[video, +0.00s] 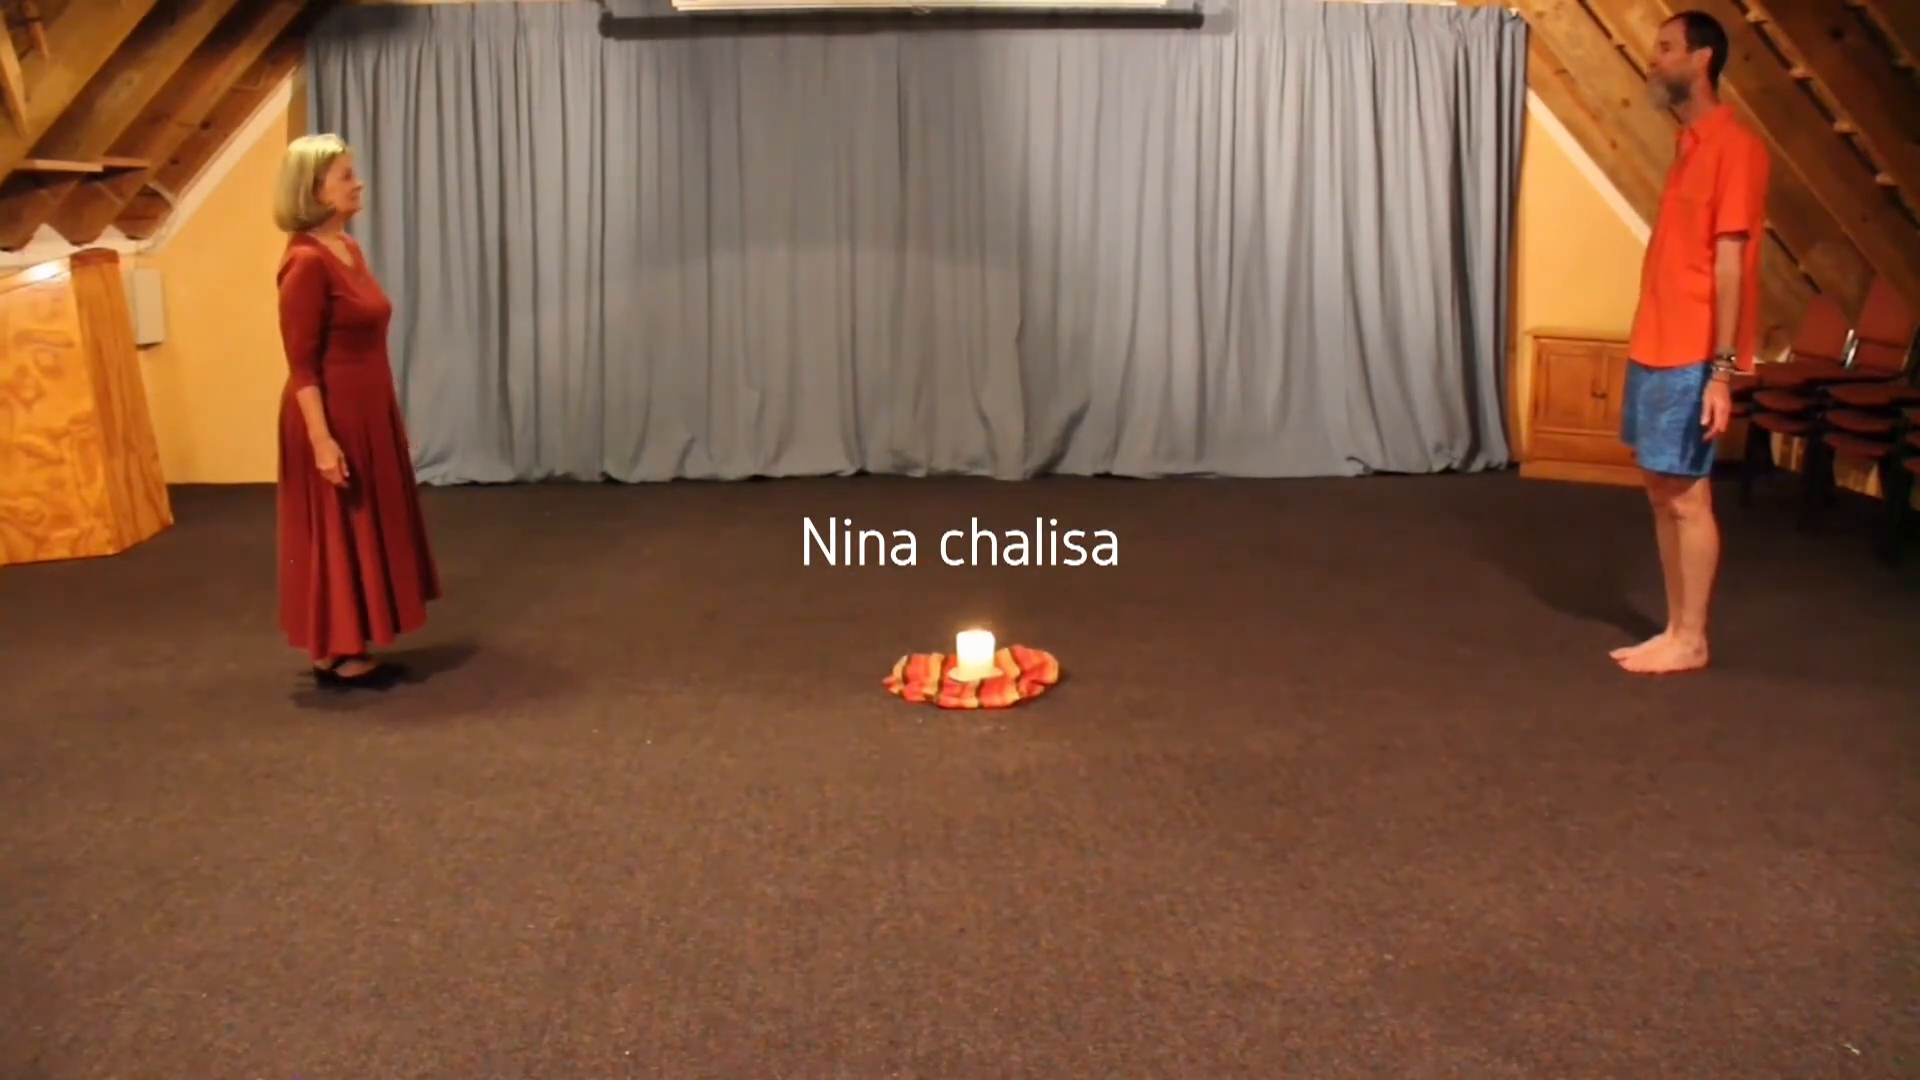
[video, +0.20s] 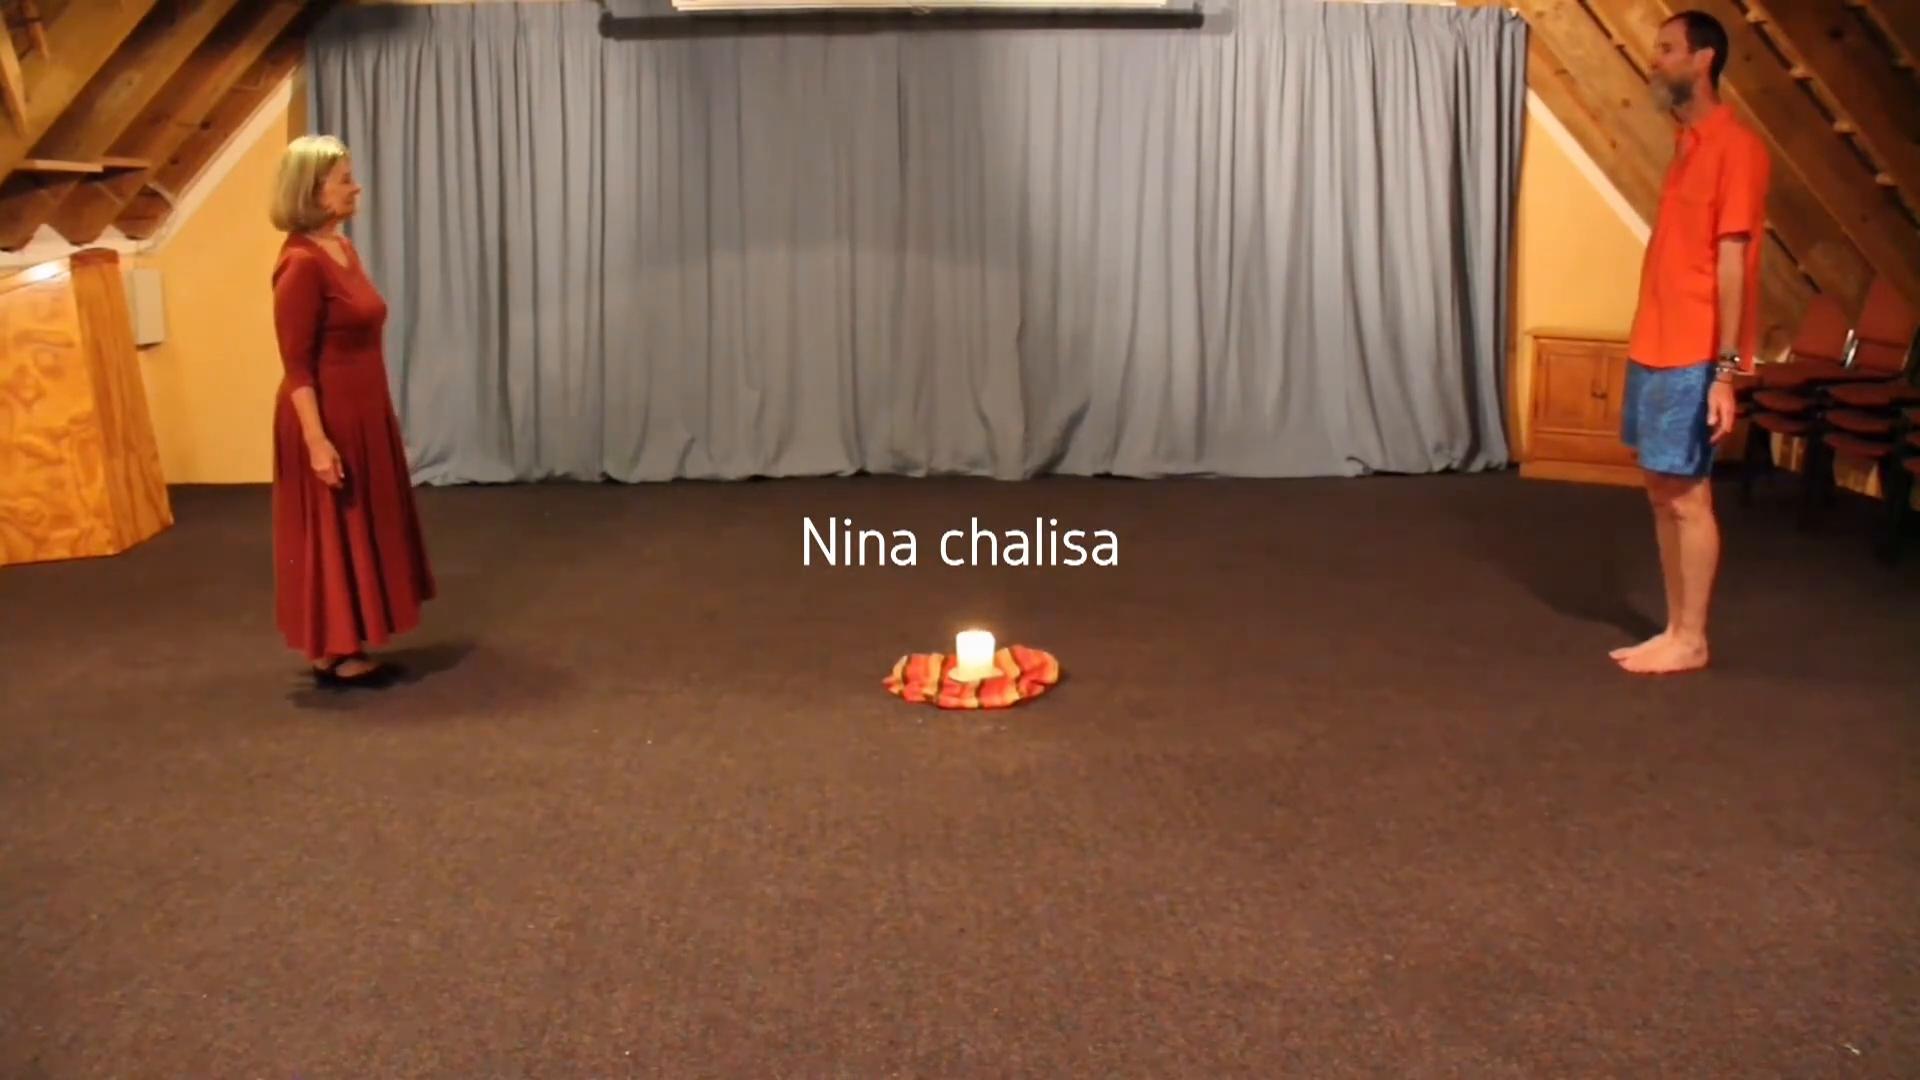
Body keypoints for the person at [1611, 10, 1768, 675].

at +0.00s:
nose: (1652, 60)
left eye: (1665, 49)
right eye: (1654, 48)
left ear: (1703, 59)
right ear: (1690, 60)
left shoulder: (1734, 143)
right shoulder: (1693, 141)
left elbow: (1730, 261)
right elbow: (1692, 257)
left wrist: (1722, 368)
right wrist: (1660, 348)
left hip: (1692, 357)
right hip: (1657, 351)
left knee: (1687, 498)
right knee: (1662, 493)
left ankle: (1692, 639)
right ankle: (1677, 630)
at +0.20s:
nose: (1653, 61)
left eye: (1666, 49)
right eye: (1654, 49)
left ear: (1705, 59)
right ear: (1690, 60)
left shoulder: (1736, 144)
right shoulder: (1691, 141)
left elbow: (1732, 261)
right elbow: (1687, 256)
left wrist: (1726, 370)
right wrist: (1656, 348)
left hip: (1693, 357)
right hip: (1656, 351)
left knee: (1688, 497)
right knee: (1663, 493)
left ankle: (1691, 639)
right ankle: (1677, 630)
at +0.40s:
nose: (1653, 65)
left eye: (1665, 53)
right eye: (1654, 53)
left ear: (1705, 61)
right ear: (1689, 62)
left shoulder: (1738, 146)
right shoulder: (1690, 143)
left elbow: (1735, 262)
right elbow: (1685, 256)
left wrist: (1728, 370)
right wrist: (1654, 347)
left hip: (1694, 358)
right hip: (1655, 352)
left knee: (1687, 498)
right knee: (1661, 493)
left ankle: (1692, 639)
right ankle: (1677, 630)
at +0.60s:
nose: (1654, 67)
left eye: (1666, 55)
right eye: (1653, 55)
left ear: (1705, 61)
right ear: (1689, 63)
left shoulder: (1738, 146)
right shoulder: (1690, 143)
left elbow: (1736, 263)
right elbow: (1686, 256)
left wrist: (1730, 370)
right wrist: (1654, 347)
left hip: (1694, 357)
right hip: (1656, 351)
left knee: (1688, 498)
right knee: (1662, 494)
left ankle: (1692, 639)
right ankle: (1677, 630)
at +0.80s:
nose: (1654, 66)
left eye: (1666, 54)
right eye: (1654, 54)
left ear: (1706, 61)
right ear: (1687, 63)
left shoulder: (1740, 145)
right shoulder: (1690, 142)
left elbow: (1738, 262)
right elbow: (1685, 255)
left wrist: (1732, 370)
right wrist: (1654, 347)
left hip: (1695, 357)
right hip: (1656, 351)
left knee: (1688, 497)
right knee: (1659, 491)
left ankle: (1693, 640)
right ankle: (1677, 630)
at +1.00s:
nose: (1655, 64)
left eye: (1668, 52)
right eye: (1655, 52)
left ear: (1707, 60)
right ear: (1689, 62)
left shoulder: (1741, 146)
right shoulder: (1691, 143)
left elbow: (1739, 261)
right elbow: (1684, 255)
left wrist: (1735, 369)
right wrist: (1653, 346)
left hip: (1696, 356)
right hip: (1656, 350)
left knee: (1686, 497)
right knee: (1659, 490)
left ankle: (1693, 640)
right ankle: (1677, 630)